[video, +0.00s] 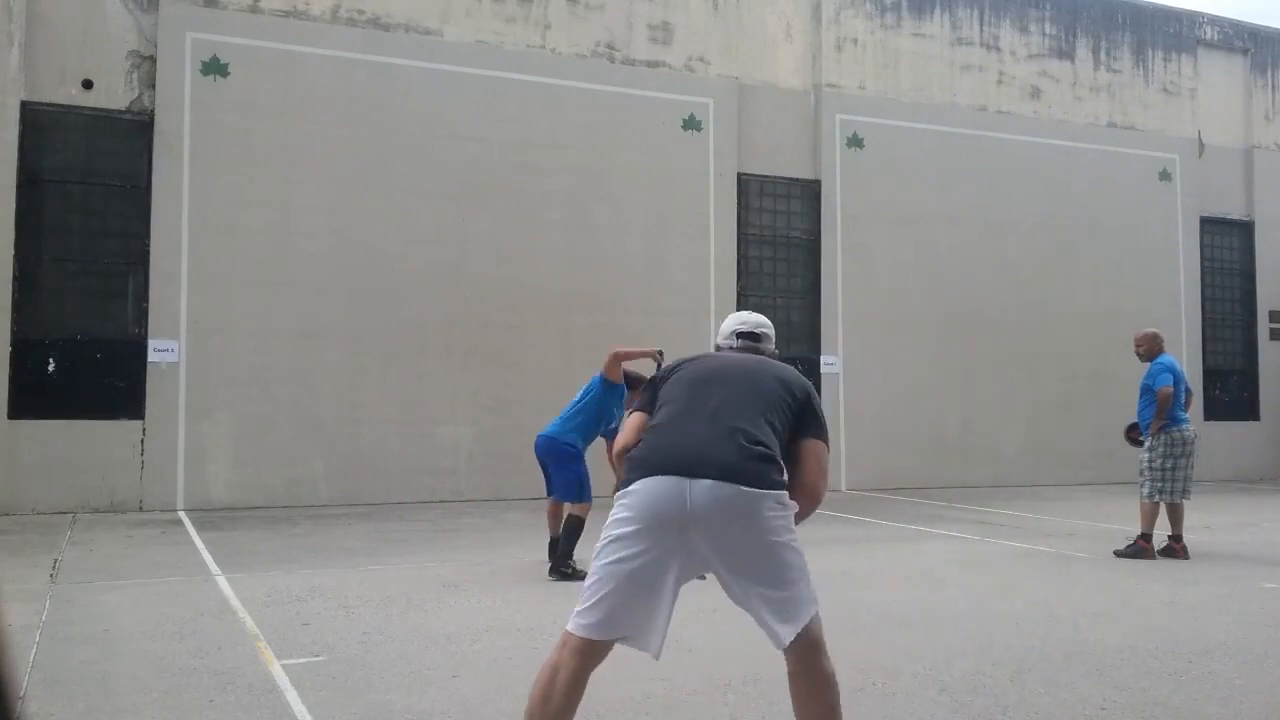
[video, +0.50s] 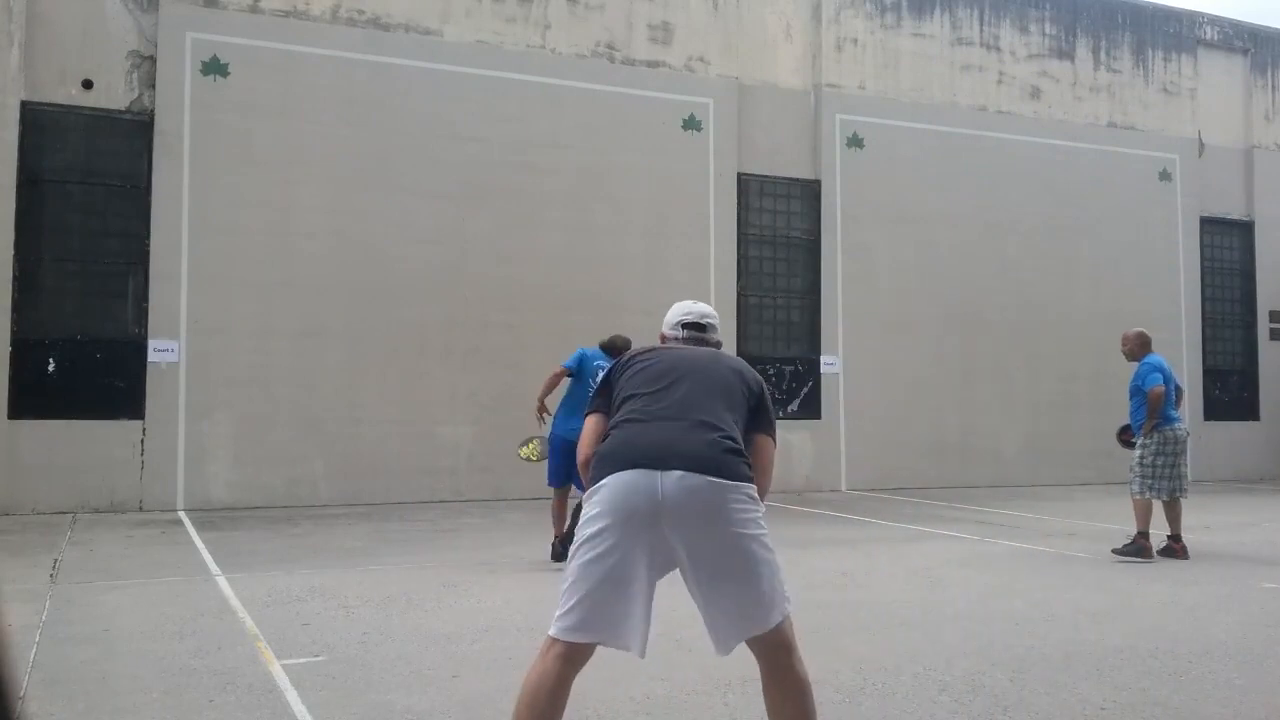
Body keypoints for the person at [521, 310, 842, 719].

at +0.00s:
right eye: (768, 348)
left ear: (719, 346)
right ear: (772, 351)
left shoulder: (674, 369)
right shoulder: (794, 382)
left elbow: (621, 447)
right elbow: (809, 489)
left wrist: (640, 502)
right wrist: (758, 534)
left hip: (650, 487)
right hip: (746, 493)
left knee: (578, 649)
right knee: (805, 644)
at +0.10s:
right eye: (745, 355)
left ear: (697, 351)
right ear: (749, 358)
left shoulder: (654, 372)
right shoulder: (770, 386)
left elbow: (596, 456)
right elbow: (779, 493)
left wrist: (644, 550)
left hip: (621, 479)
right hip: (718, 485)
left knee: (561, 649)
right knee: (784, 645)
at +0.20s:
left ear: (676, 353)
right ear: (729, 359)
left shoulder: (638, 374)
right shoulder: (754, 389)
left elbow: (583, 458)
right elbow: (760, 493)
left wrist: (633, 553)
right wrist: (684, 559)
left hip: (616, 481)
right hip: (714, 485)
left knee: (560, 650)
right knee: (776, 652)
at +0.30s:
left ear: (665, 351)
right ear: (718, 357)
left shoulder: (629, 373)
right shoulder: (747, 387)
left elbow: (580, 457)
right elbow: (756, 487)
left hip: (620, 483)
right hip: (717, 486)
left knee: (562, 651)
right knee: (777, 651)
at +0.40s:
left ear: (659, 346)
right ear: (714, 349)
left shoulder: (627, 367)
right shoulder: (744, 380)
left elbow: (582, 456)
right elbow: (756, 480)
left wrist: (601, 516)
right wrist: (733, 538)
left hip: (621, 479)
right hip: (719, 484)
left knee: (562, 650)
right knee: (777, 650)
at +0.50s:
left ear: (664, 337)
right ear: (718, 341)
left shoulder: (629, 361)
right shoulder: (747, 374)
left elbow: (586, 452)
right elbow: (759, 476)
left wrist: (606, 508)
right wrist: (734, 531)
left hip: (621, 481)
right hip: (718, 485)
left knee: (563, 650)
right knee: (776, 650)